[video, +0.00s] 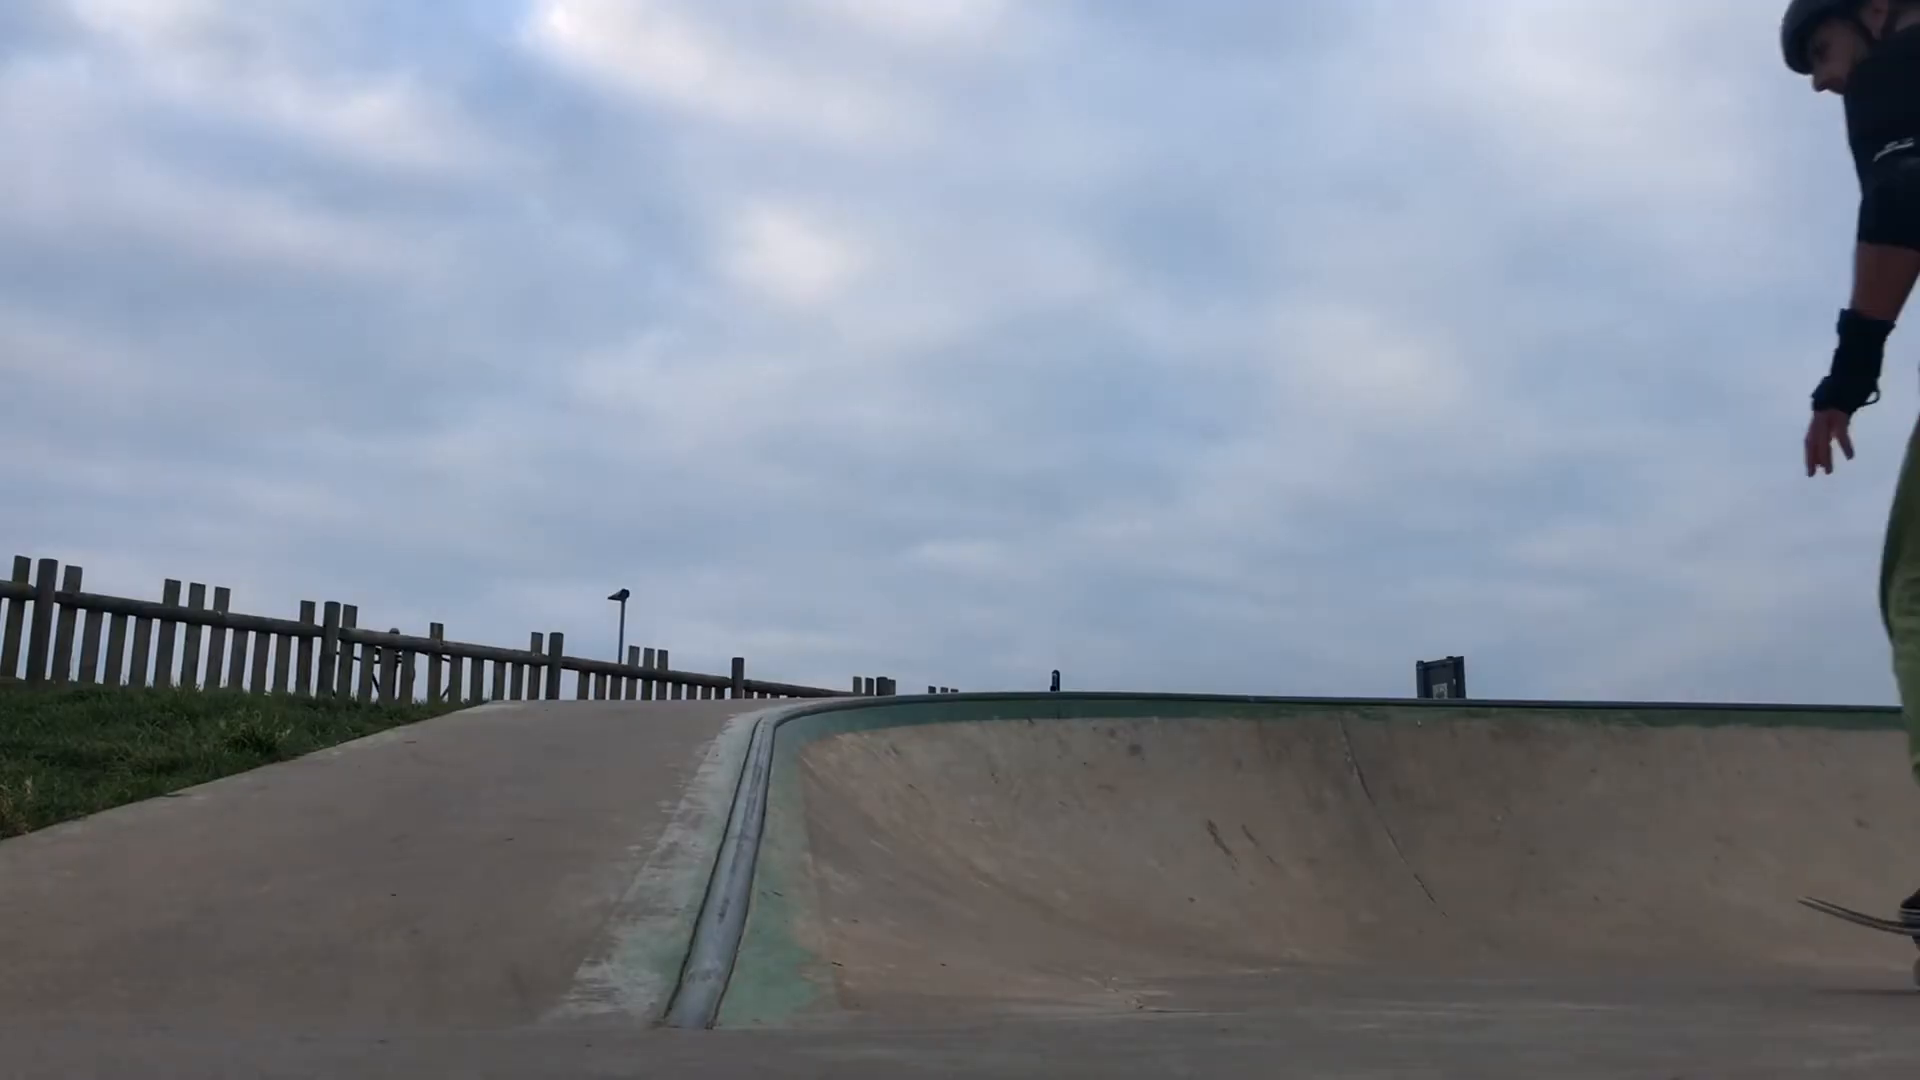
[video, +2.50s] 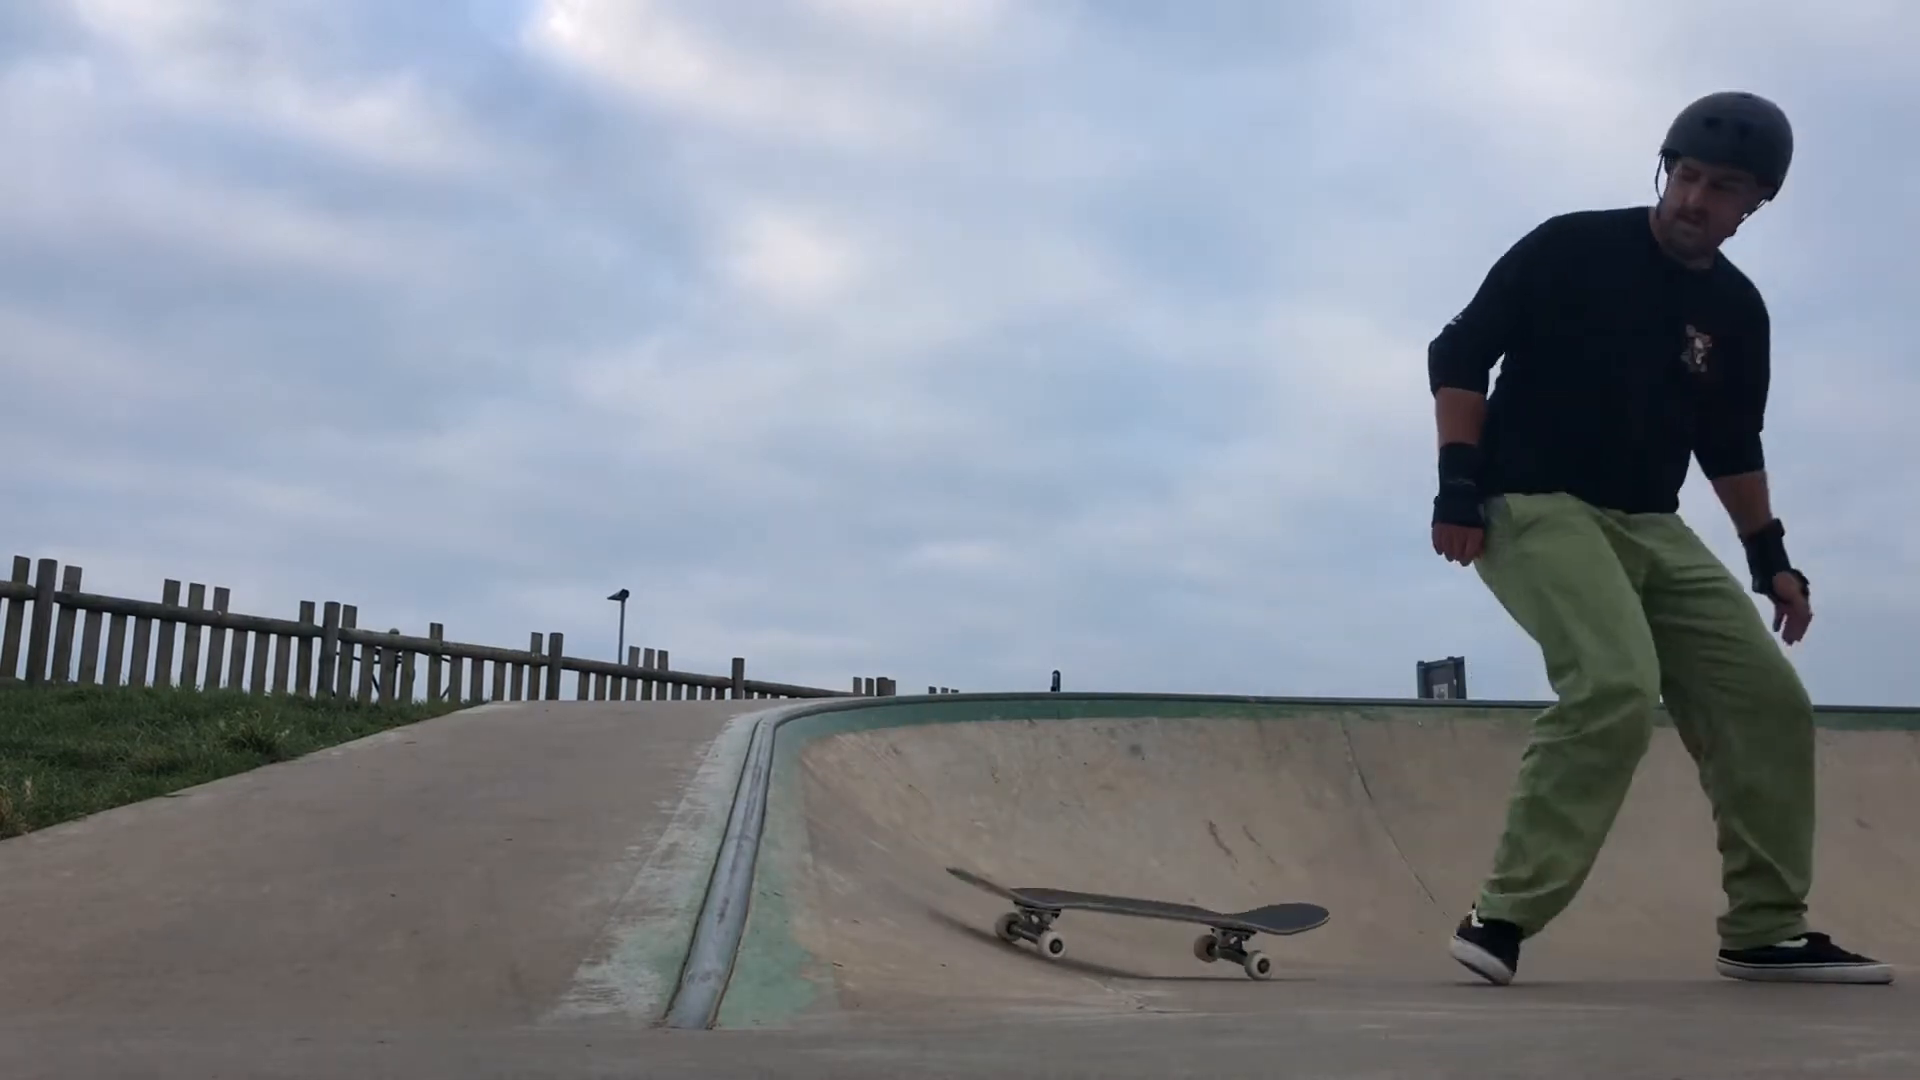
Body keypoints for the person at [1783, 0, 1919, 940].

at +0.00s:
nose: (1822, 81)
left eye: (1820, 57)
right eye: (1812, 68)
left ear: (1873, 13)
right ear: (1883, 17)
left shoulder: (1892, 73)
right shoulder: (1895, 73)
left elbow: (1898, 217)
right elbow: (1896, 225)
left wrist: (1845, 378)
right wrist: (1846, 378)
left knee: (1909, 596)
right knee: (1907, 595)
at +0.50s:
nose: (1168, 240)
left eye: (1168, 226)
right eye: (1167, 231)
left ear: (1186, 209)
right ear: (1261, 202)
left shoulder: (1191, 226)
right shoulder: (1349, 248)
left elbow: (1152, 319)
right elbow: (1455, 372)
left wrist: (1066, 445)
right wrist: (1488, 513)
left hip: (1265, 449)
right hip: (1396, 455)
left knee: (1154, 656)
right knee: (1338, 687)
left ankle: (1082, 867)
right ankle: (1360, 863)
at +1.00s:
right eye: (1035, 128)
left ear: (970, 108)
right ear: (1033, 120)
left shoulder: (903, 129)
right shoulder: (1046, 142)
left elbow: (784, 135)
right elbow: (1137, 220)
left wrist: (710, 207)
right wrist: (1182, 322)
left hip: (835, 335)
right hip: (930, 336)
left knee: (827, 551)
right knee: (924, 562)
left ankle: (769, 701)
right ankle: (807, 712)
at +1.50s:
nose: (1125, 180)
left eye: (1136, 175)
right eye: (1134, 160)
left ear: (1106, 125)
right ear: (1111, 113)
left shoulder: (1053, 189)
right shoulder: (1042, 114)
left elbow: (978, 306)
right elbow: (982, 73)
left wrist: (1021, 375)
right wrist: (1095, 70)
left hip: (948, 342)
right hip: (909, 320)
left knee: (963, 554)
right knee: (925, 537)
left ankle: (845, 722)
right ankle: (796, 702)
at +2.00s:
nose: (1474, 320)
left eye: (1484, 306)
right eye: (1477, 296)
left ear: (1433, 271)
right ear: (1434, 260)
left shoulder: (1375, 392)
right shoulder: (1321, 257)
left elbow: (1357, 511)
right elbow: (1220, 210)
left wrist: (1449, 549)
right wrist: (1159, 165)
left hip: (1244, 516)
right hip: (1208, 502)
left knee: (1352, 709)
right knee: (1343, 703)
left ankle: (1205, 853)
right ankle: (1277, 928)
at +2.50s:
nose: (1698, 201)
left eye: (1726, 191)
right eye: (1690, 175)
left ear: (1756, 204)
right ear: (1666, 164)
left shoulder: (1737, 310)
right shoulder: (1567, 247)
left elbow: (1730, 443)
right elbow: (1459, 351)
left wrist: (1767, 558)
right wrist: (1457, 485)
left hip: (1649, 525)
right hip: (1532, 508)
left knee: (1765, 697)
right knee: (1616, 686)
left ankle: (1764, 931)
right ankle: (1501, 918)